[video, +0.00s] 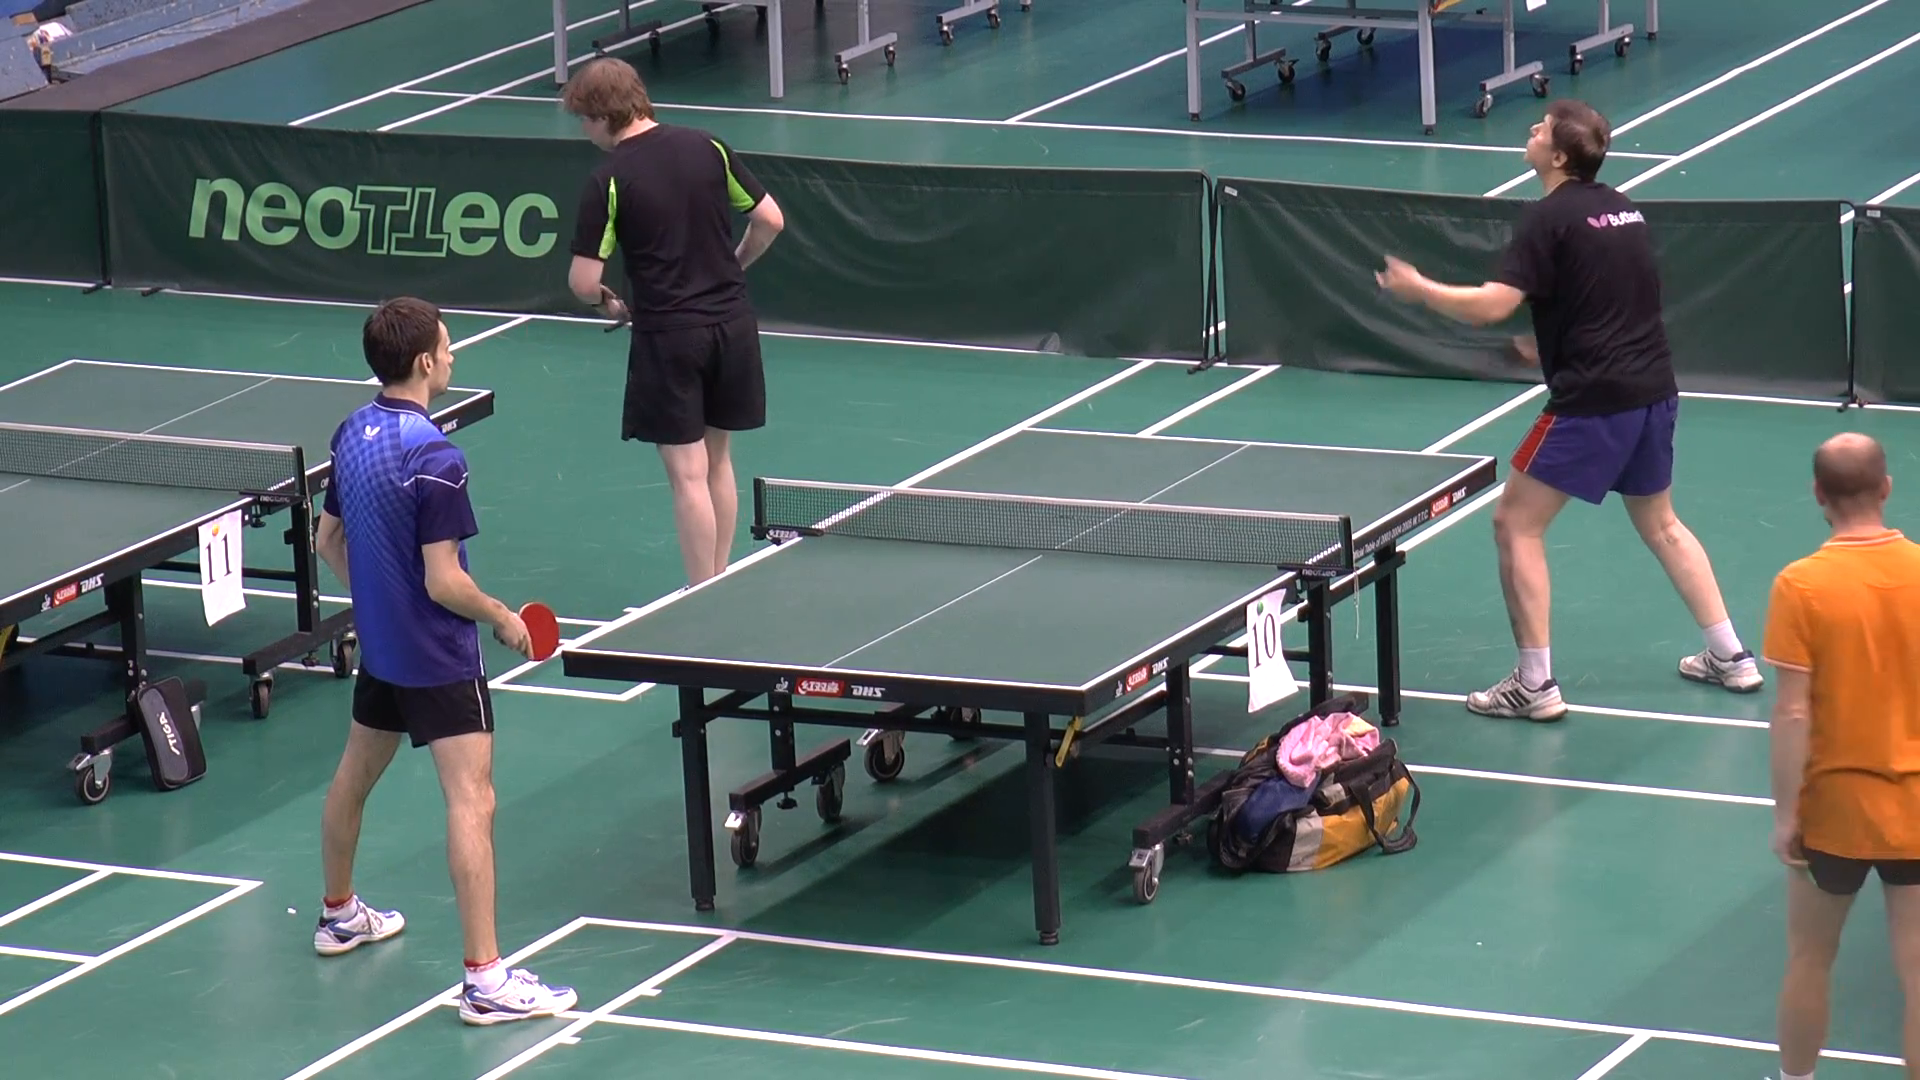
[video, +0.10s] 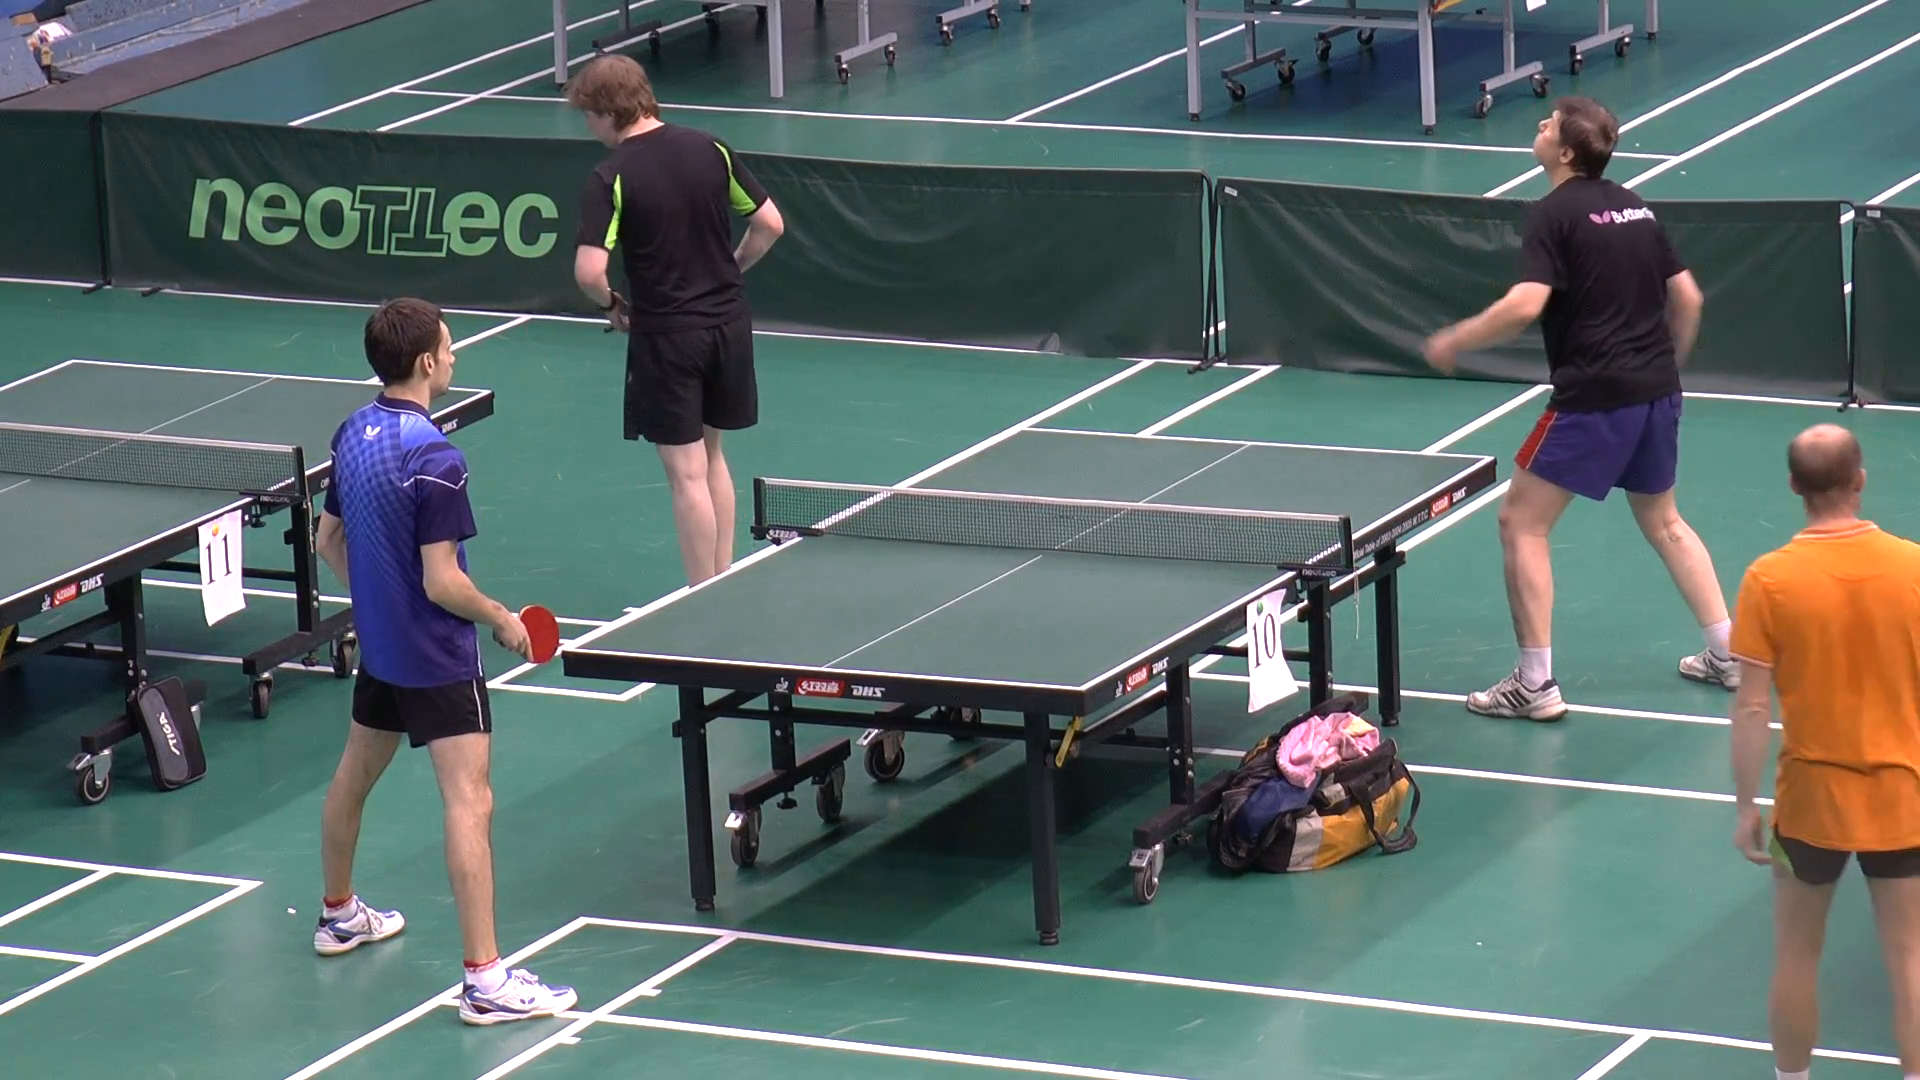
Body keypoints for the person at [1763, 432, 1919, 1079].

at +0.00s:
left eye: (1815, 486)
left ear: (1818, 495)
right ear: (1887, 489)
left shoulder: (1803, 583)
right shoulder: (1915, 567)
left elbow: (1792, 711)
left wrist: (1785, 811)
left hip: (1836, 802)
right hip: (1915, 802)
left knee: (1810, 961)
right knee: (1917, 973)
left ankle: (1795, 1075)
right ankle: (1912, 1072)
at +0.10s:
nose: (1860, 475)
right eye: (1860, 466)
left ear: (1793, 485)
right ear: (1861, 479)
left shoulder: (1771, 577)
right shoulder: (1909, 563)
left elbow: (1752, 705)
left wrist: (1748, 804)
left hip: (1813, 796)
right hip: (1904, 795)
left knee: (1798, 957)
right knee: (1909, 963)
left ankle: (1792, 1074)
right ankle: (1912, 1074)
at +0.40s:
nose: (1822, 456)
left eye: (1815, 446)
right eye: (1819, 449)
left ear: (1751, 471)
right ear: (1815, 464)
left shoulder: (1719, 560)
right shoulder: (1870, 551)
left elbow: (1675, 670)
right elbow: (1905, 674)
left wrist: (1661, 745)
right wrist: (1918, 759)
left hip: (1767, 786)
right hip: (1862, 777)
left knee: (1777, 941)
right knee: (1882, 915)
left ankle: (1787, 1075)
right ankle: (1872, 1072)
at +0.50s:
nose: (1821, 452)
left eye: (1815, 442)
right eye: (1818, 445)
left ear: (1750, 468)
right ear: (1813, 461)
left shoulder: (1716, 555)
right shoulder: (1868, 549)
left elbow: (1672, 662)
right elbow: (1902, 673)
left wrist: (1660, 726)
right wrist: (1918, 761)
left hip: (1761, 786)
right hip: (1853, 779)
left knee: (1774, 933)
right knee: (1857, 916)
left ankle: (1785, 1071)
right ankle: (1840, 1068)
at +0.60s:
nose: (1827, 453)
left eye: (1821, 442)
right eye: (1824, 446)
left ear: (1756, 466)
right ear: (1818, 461)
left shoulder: (1717, 550)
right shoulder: (1871, 549)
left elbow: (1676, 659)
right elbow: (1902, 672)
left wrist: (1675, 717)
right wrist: (1918, 761)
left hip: (1758, 780)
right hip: (1848, 779)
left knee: (1772, 929)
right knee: (1839, 924)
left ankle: (1784, 1070)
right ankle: (1818, 1065)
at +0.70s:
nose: (1837, 448)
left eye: (1831, 437)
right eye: (1834, 441)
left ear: (1765, 461)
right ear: (1829, 459)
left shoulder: (1724, 542)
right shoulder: (1876, 549)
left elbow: (1688, 656)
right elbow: (1902, 675)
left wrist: (1696, 714)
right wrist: (1916, 761)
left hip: (1757, 769)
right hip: (1843, 770)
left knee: (1764, 921)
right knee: (1834, 922)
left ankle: (1781, 1070)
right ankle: (1818, 1067)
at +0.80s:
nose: (1850, 442)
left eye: (1844, 432)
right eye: (1848, 435)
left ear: (1778, 458)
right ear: (1842, 456)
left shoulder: (1734, 533)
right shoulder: (1883, 549)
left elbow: (1699, 652)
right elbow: (1902, 677)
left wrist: (1715, 723)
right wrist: (1913, 763)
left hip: (1754, 762)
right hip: (1842, 767)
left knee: (1745, 900)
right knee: (1831, 916)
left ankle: (1768, 1057)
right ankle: (1819, 1066)